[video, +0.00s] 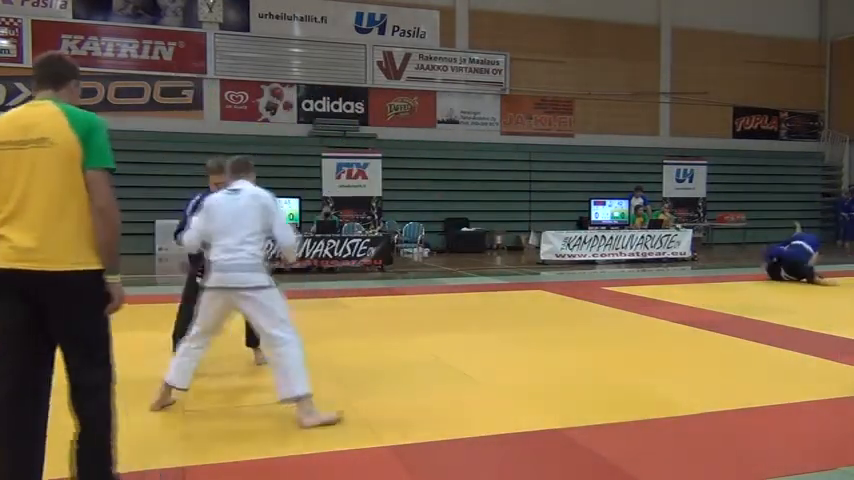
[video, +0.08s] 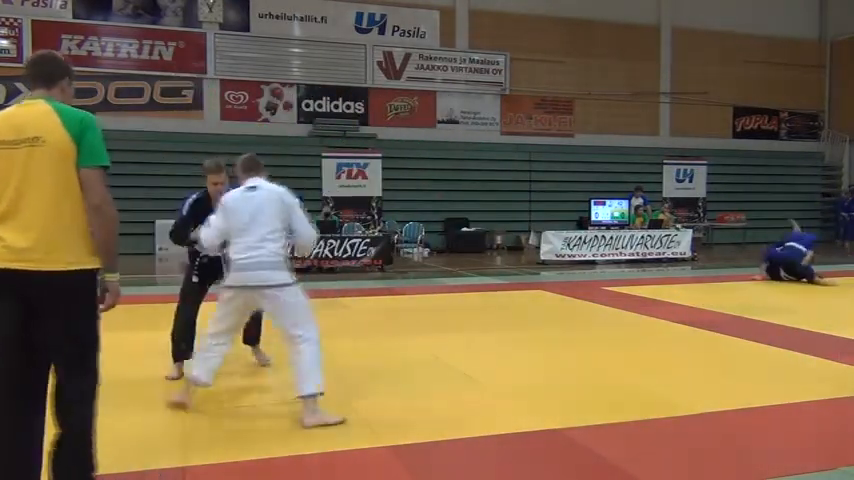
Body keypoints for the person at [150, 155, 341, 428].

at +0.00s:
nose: (256, 181)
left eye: (227, 176)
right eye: (255, 177)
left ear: (228, 176)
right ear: (253, 176)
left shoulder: (213, 201)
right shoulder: (264, 198)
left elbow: (190, 241)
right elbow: (287, 240)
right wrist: (289, 256)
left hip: (217, 279)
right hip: (254, 279)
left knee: (197, 336)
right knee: (283, 337)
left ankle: (166, 390)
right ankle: (305, 408)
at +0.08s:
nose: (236, 180)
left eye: (236, 177)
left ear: (240, 176)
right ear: (264, 173)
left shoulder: (229, 200)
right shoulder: (282, 195)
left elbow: (208, 241)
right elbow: (308, 237)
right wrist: (298, 253)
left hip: (239, 279)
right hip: (276, 278)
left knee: (218, 335)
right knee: (304, 336)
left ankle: (187, 391)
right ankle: (311, 409)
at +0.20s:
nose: (249, 177)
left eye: (248, 174)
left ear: (251, 171)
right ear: (274, 166)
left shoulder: (245, 194)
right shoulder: (298, 185)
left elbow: (222, 234)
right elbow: (326, 226)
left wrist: (216, 222)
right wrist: (304, 242)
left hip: (262, 268)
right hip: (301, 266)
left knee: (250, 323)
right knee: (322, 326)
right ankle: (320, 398)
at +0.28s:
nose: (256, 178)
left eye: (256, 175)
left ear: (259, 173)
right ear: (282, 168)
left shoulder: (255, 195)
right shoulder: (306, 186)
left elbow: (226, 234)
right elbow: (336, 227)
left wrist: (223, 219)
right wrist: (315, 245)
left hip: (277, 268)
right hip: (315, 264)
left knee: (273, 327)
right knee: (343, 322)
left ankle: (272, 399)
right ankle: (344, 393)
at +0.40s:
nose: (275, 187)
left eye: (274, 184)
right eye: (279, 184)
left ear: (276, 182)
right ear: (298, 177)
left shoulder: (276, 204)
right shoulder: (324, 194)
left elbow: (241, 240)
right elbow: (353, 235)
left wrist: (235, 223)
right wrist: (338, 259)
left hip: (298, 274)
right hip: (337, 271)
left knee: (282, 332)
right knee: (368, 327)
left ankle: (274, 401)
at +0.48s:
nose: (287, 187)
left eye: (287, 184)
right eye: (288, 184)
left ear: (292, 182)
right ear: (313, 178)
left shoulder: (292, 206)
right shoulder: (340, 198)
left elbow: (263, 248)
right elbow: (368, 240)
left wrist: (249, 230)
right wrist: (352, 263)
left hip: (312, 279)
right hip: (351, 277)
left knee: (288, 334)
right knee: (381, 333)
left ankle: (275, 401)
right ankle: (404, 404)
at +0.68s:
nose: (310, 181)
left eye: (310, 178)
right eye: (311, 178)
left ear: (315, 176)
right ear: (337, 173)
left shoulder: (309, 199)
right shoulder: (360, 193)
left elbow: (286, 238)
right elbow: (381, 235)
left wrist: (281, 220)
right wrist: (362, 256)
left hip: (319, 272)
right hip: (357, 272)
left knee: (295, 319)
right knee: (381, 331)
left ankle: (289, 382)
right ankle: (402, 403)